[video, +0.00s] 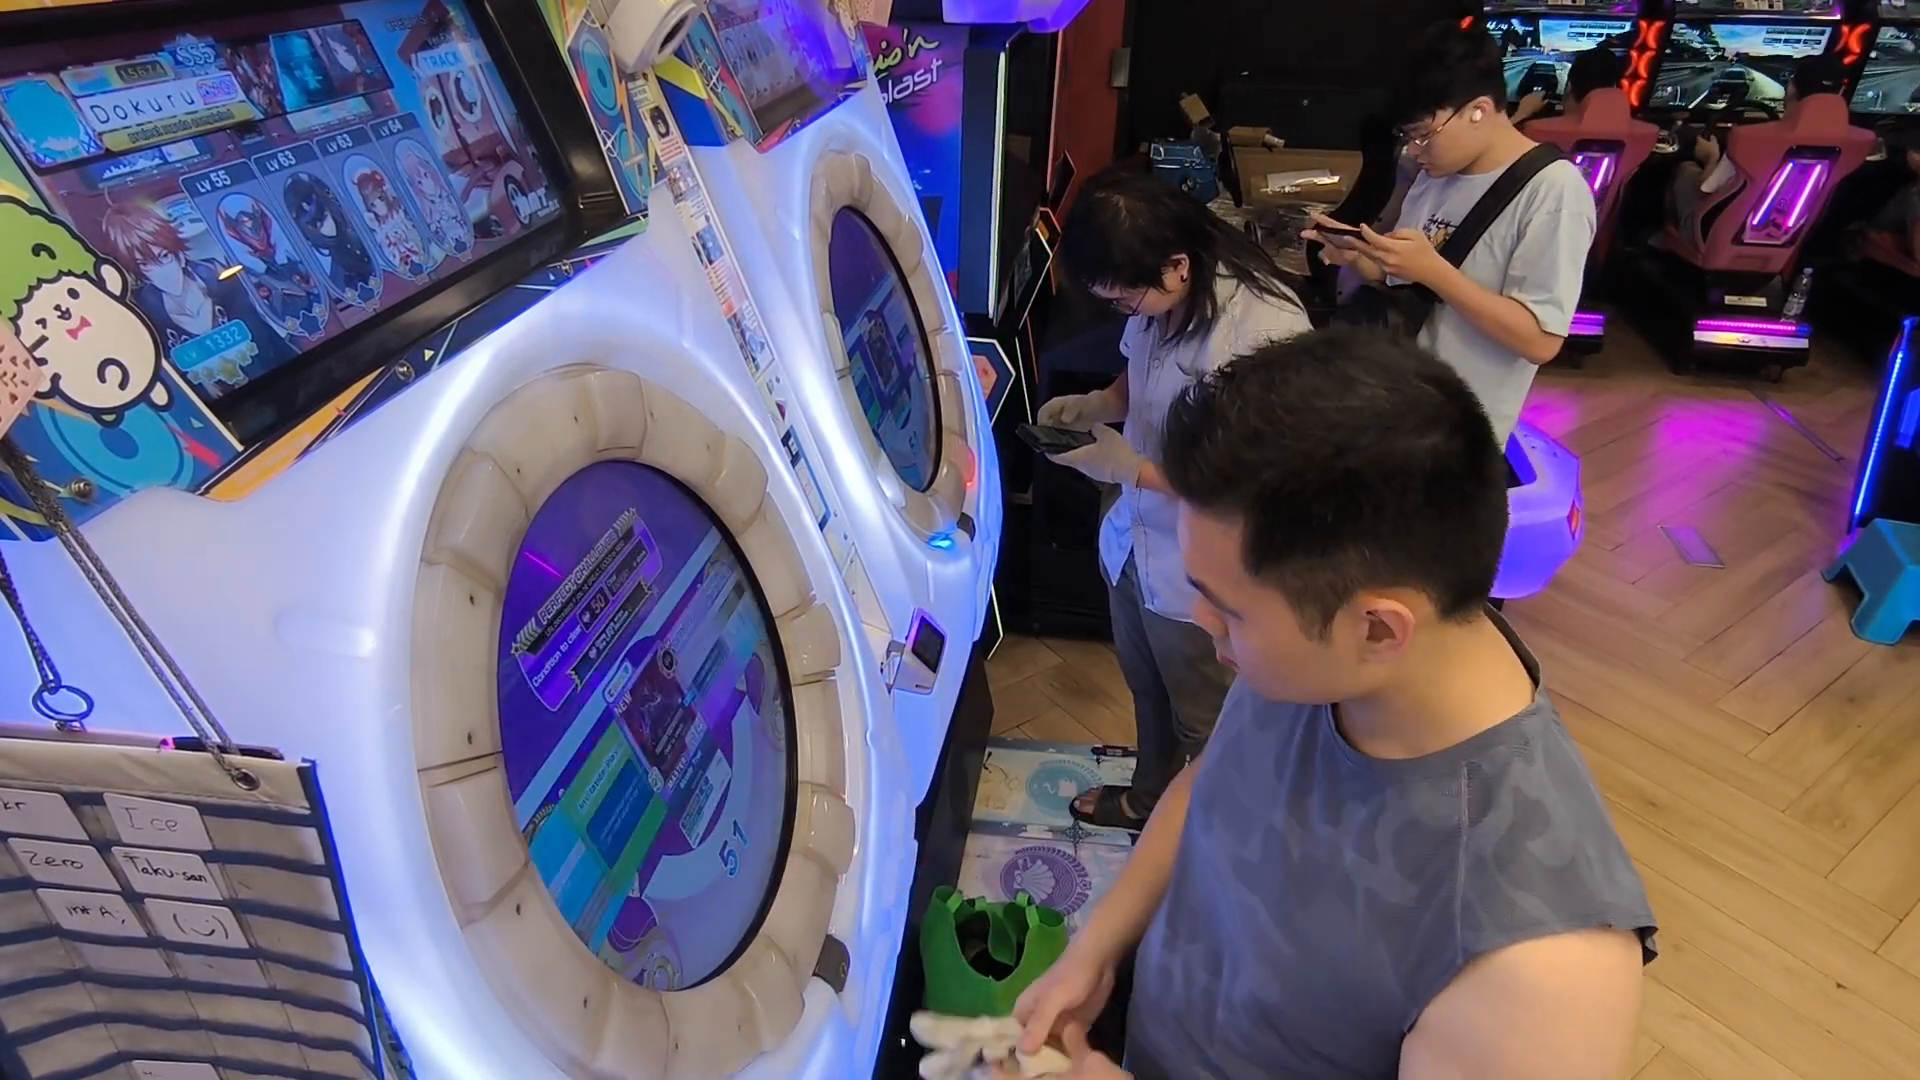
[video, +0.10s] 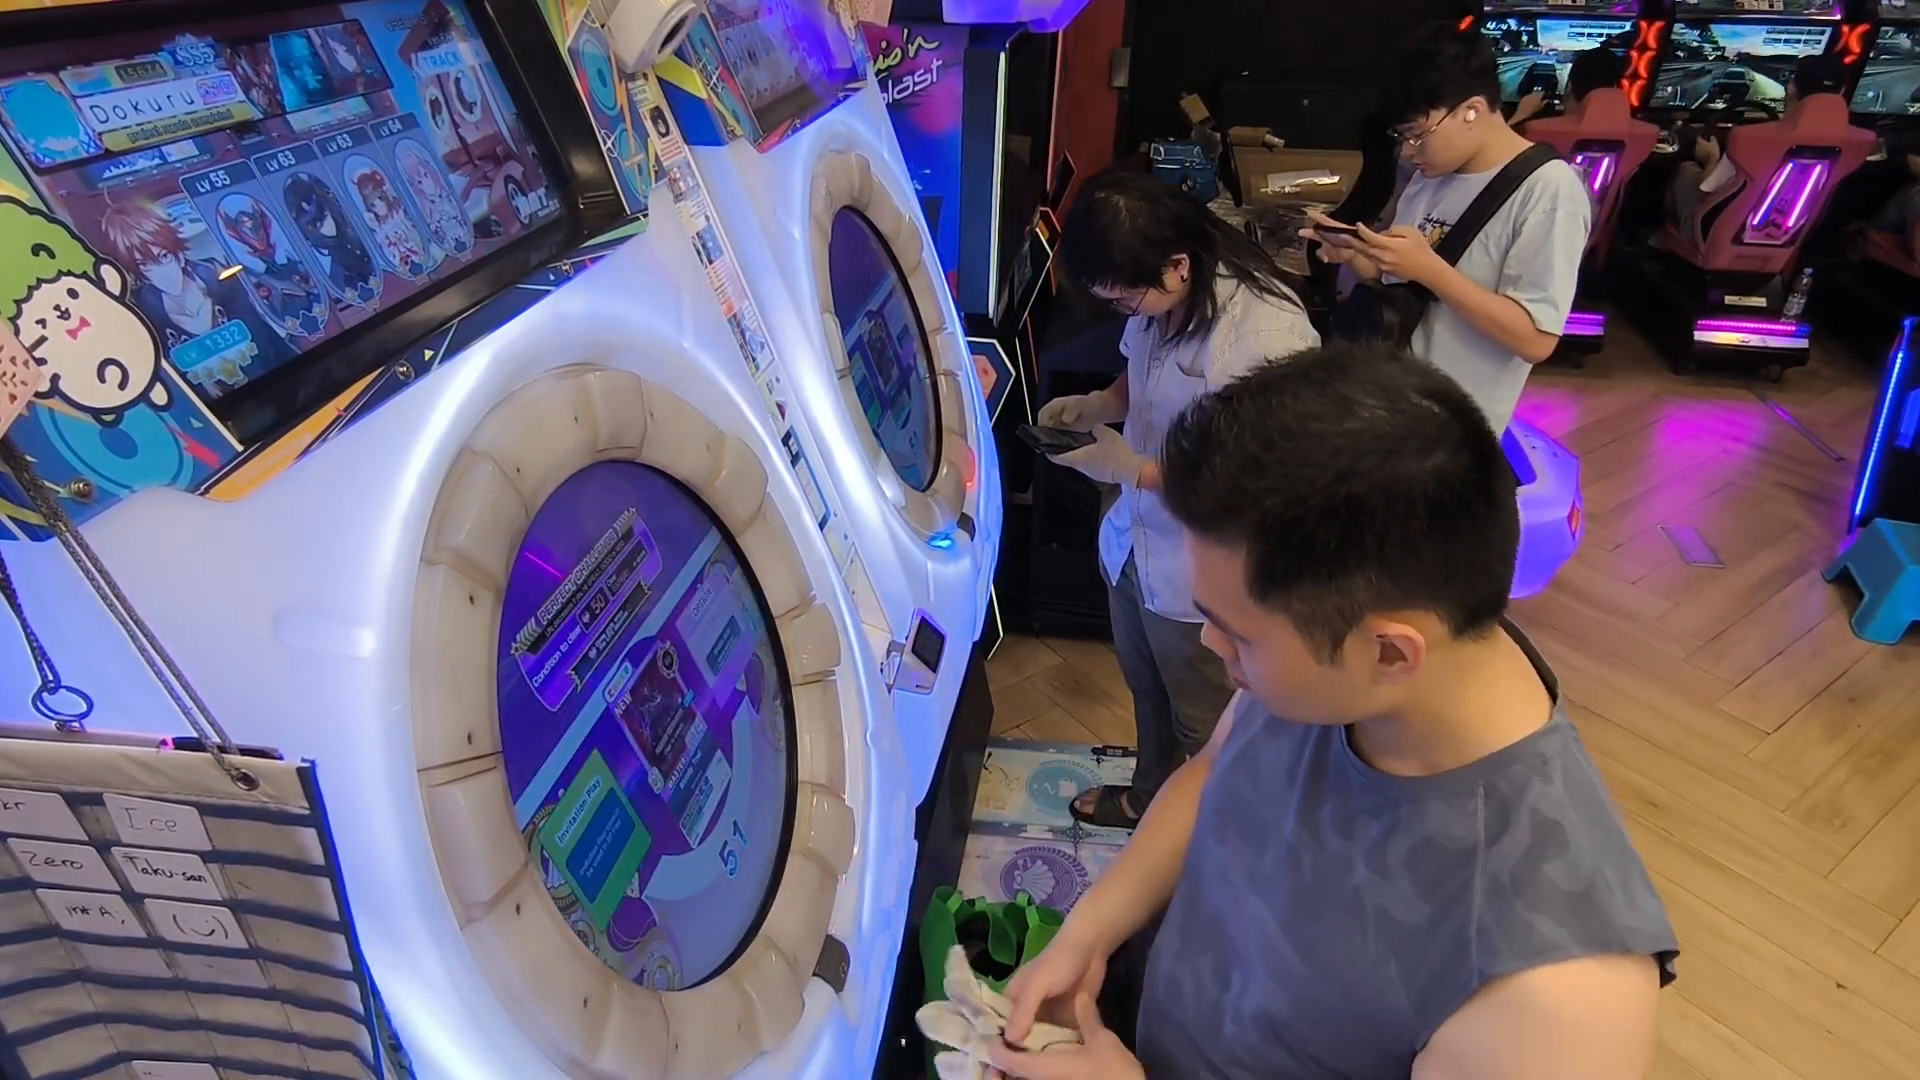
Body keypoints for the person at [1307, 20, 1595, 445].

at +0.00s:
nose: (1412, 152)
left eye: (1422, 135)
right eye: (1407, 137)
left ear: (1480, 111)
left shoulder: (1556, 189)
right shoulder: (1434, 175)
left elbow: (1542, 340)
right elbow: (1396, 282)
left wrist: (1431, 270)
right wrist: (1356, 257)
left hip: (1462, 437)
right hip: (1386, 406)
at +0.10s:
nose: (1407, 152)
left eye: (1417, 135)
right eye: (1402, 138)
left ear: (1473, 111)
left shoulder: (1552, 190)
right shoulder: (1430, 172)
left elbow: (1536, 339)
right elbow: (1393, 282)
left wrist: (1429, 270)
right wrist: (1354, 254)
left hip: (1455, 432)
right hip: (1381, 396)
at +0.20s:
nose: (1401, 153)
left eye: (1411, 135)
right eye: (1396, 138)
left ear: (1467, 111)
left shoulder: (1546, 188)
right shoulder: (1426, 172)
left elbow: (1530, 339)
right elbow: (1390, 279)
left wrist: (1424, 268)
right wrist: (1349, 253)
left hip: (1452, 429)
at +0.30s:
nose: (1396, 153)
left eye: (1405, 135)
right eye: (1391, 138)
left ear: (1461, 112)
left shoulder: (1541, 187)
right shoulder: (1420, 171)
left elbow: (1526, 337)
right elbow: (1384, 276)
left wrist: (1420, 267)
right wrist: (1344, 253)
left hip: (1441, 435)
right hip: (1371, 403)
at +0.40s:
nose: (1393, 153)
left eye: (1401, 136)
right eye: (1387, 138)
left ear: (1458, 111)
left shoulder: (1536, 186)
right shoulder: (1414, 167)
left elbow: (1521, 336)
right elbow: (1372, 267)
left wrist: (1416, 265)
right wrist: (1337, 250)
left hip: (1432, 437)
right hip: (1365, 404)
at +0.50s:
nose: (1389, 154)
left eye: (1397, 137)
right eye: (1383, 139)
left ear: (1454, 112)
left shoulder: (1531, 185)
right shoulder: (1407, 165)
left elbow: (1521, 333)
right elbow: (1365, 267)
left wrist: (1416, 267)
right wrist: (1331, 251)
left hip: (1432, 438)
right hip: (1363, 407)